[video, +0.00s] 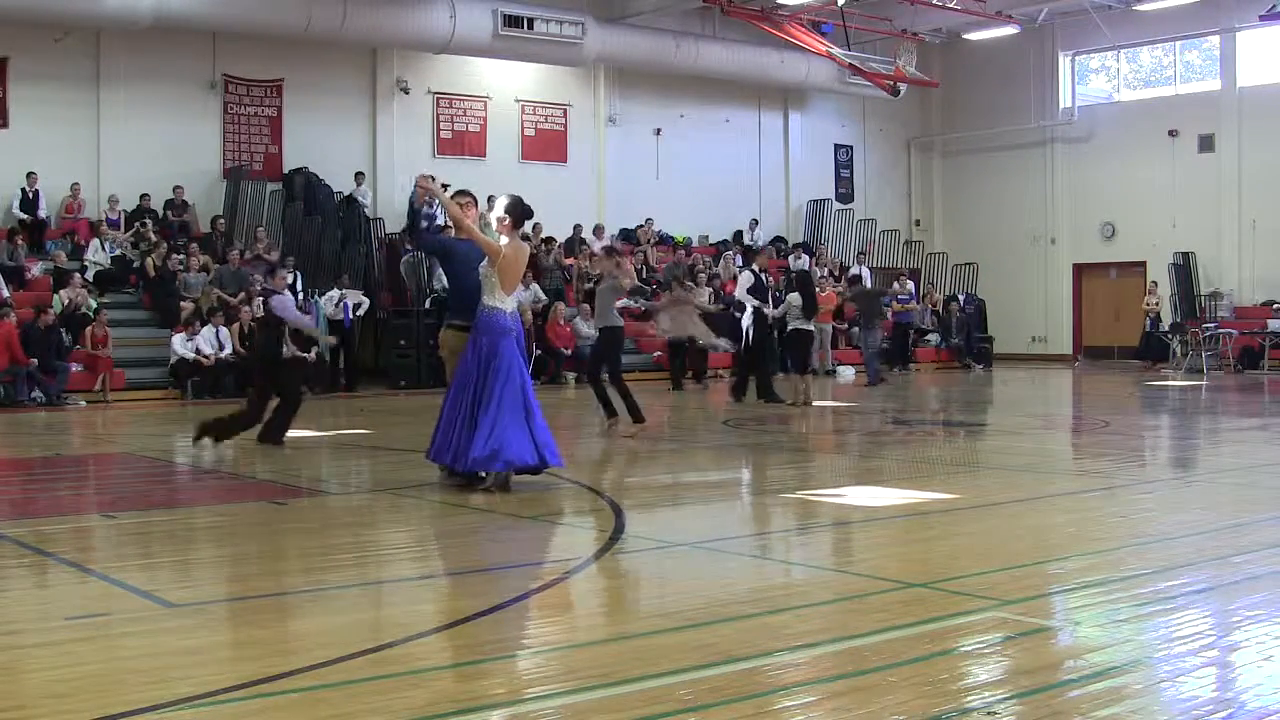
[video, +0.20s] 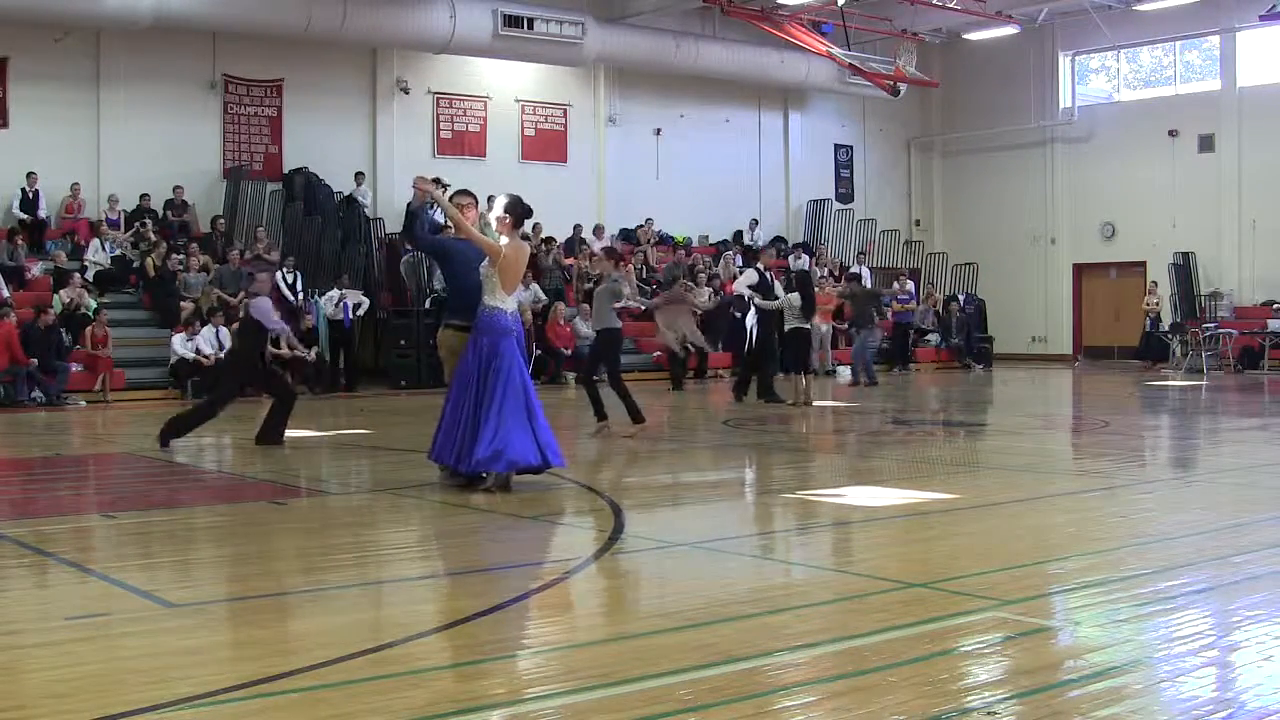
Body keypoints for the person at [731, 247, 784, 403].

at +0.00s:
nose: (767, 261)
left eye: (767, 258)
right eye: (765, 257)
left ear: (762, 259)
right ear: (757, 258)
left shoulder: (763, 277)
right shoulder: (747, 274)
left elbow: (766, 298)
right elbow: (740, 294)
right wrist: (759, 304)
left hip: (764, 317)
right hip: (752, 317)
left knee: (764, 354)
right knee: (751, 353)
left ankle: (766, 391)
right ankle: (738, 389)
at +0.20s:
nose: (773, 260)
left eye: (774, 257)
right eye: (770, 257)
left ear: (774, 259)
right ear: (761, 257)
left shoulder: (771, 277)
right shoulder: (753, 273)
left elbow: (781, 295)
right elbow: (737, 286)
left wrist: (790, 306)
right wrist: (753, 295)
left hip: (770, 321)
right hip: (756, 320)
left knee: (768, 355)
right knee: (754, 355)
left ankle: (767, 391)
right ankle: (740, 388)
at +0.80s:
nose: (782, 256)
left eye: (781, 253)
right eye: (778, 253)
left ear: (774, 256)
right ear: (767, 255)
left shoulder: (778, 275)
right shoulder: (761, 273)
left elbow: (782, 296)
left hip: (777, 318)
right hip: (764, 318)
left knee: (774, 355)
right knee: (759, 354)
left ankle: (770, 392)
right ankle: (744, 390)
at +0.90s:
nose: (782, 255)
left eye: (782, 252)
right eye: (778, 252)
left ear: (779, 255)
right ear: (768, 254)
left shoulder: (781, 274)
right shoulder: (761, 272)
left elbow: (785, 293)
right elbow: (744, 286)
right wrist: (752, 275)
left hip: (778, 319)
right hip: (764, 318)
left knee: (777, 356)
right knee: (761, 355)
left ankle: (770, 392)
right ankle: (746, 389)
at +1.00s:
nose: (782, 255)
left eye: (781, 252)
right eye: (778, 252)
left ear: (778, 255)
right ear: (768, 254)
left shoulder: (781, 275)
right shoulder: (762, 274)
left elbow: (784, 295)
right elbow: (763, 299)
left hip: (779, 320)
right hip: (766, 320)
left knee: (778, 357)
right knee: (766, 355)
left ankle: (771, 392)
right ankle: (749, 388)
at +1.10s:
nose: (781, 255)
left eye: (781, 252)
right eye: (778, 252)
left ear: (776, 255)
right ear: (768, 254)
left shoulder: (780, 273)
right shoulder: (763, 273)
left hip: (780, 318)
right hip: (771, 319)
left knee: (779, 356)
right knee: (778, 356)